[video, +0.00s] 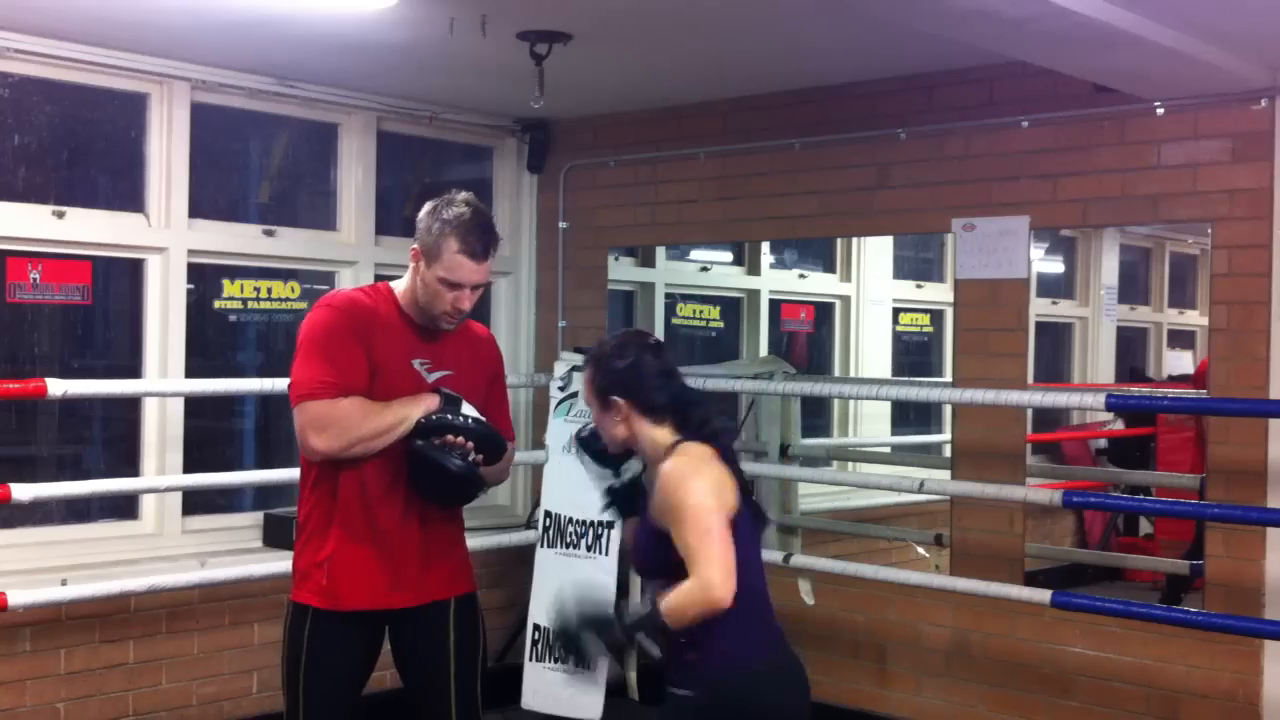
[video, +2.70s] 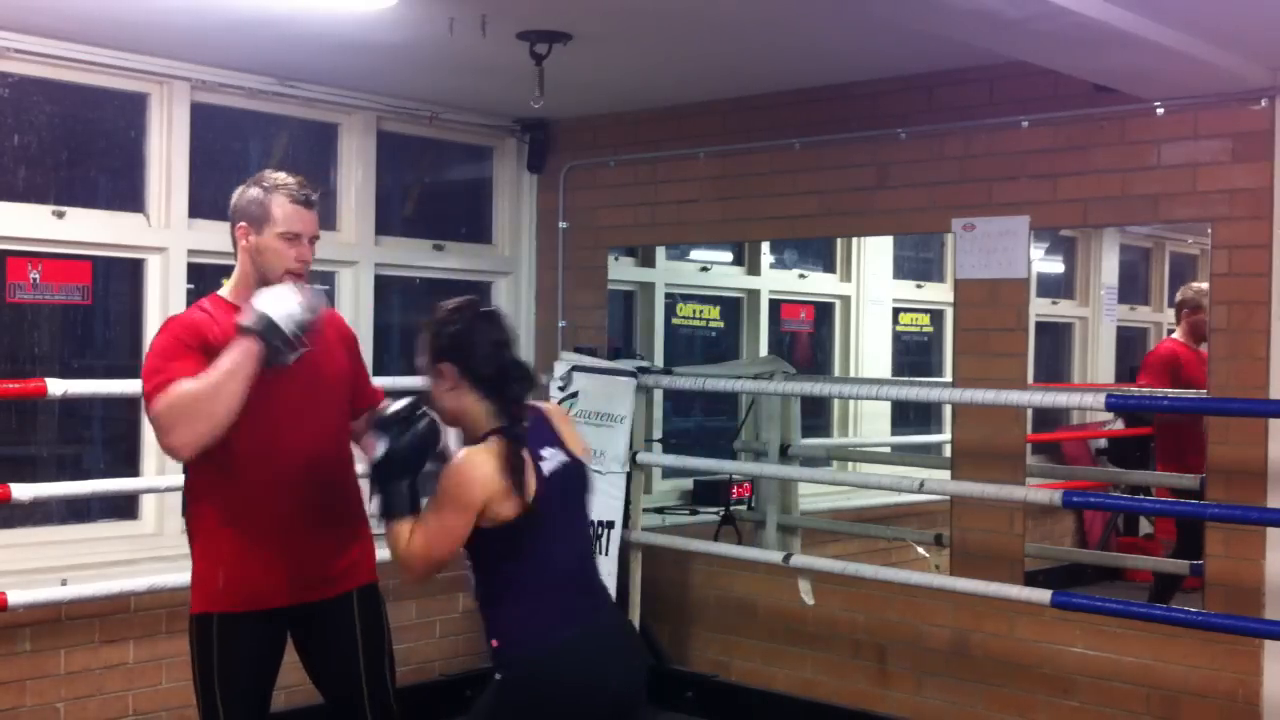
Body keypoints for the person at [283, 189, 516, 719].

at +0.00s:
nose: (465, 303)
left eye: (478, 288)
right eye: (452, 285)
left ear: (489, 272)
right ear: (416, 259)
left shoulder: (478, 345)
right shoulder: (340, 316)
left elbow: (500, 465)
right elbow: (320, 433)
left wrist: (476, 455)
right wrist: (428, 402)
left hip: (439, 579)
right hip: (339, 580)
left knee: (455, 710)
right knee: (318, 713)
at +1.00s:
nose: (480, 274)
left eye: (488, 259)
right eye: (465, 255)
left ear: (494, 257)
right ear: (421, 247)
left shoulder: (492, 338)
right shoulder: (344, 331)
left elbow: (502, 431)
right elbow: (277, 440)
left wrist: (501, 511)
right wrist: (399, 483)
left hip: (442, 585)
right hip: (338, 582)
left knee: (448, 709)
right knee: (307, 711)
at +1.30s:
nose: (431, 264)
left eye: (439, 249)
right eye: (416, 244)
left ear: (444, 253)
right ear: (370, 241)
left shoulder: (446, 342)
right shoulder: (290, 334)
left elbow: (483, 430)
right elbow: (224, 442)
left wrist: (485, 477)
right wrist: (329, 469)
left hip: (400, 587)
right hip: (297, 583)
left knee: (419, 711)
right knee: (263, 711)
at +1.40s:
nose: (392, 262)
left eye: (399, 247)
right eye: (377, 243)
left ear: (404, 249)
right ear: (330, 240)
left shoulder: (408, 335)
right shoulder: (260, 334)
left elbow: (456, 437)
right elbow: (233, 451)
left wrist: (474, 413)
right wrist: (327, 393)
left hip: (376, 584)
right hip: (273, 588)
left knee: (407, 710)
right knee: (250, 711)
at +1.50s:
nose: (364, 257)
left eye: (370, 243)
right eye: (348, 240)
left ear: (378, 243)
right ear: (300, 237)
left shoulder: (383, 329)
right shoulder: (239, 326)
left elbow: (454, 417)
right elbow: (245, 434)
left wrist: (455, 337)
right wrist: (308, 337)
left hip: (359, 577)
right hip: (257, 579)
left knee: (396, 710)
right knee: (242, 712)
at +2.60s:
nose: (307, 260)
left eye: (314, 246)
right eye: (292, 245)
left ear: (321, 242)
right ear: (246, 239)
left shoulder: (333, 324)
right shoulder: (193, 324)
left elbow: (386, 421)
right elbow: (180, 414)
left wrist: (396, 372)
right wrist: (253, 318)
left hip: (344, 577)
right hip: (242, 585)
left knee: (375, 709)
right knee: (238, 713)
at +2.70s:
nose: (306, 256)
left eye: (312, 241)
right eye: (290, 239)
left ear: (316, 242)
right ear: (245, 239)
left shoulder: (331, 330)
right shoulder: (188, 333)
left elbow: (369, 424)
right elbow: (180, 435)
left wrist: (402, 438)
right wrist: (255, 335)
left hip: (338, 578)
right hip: (236, 589)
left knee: (371, 708)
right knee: (231, 715)